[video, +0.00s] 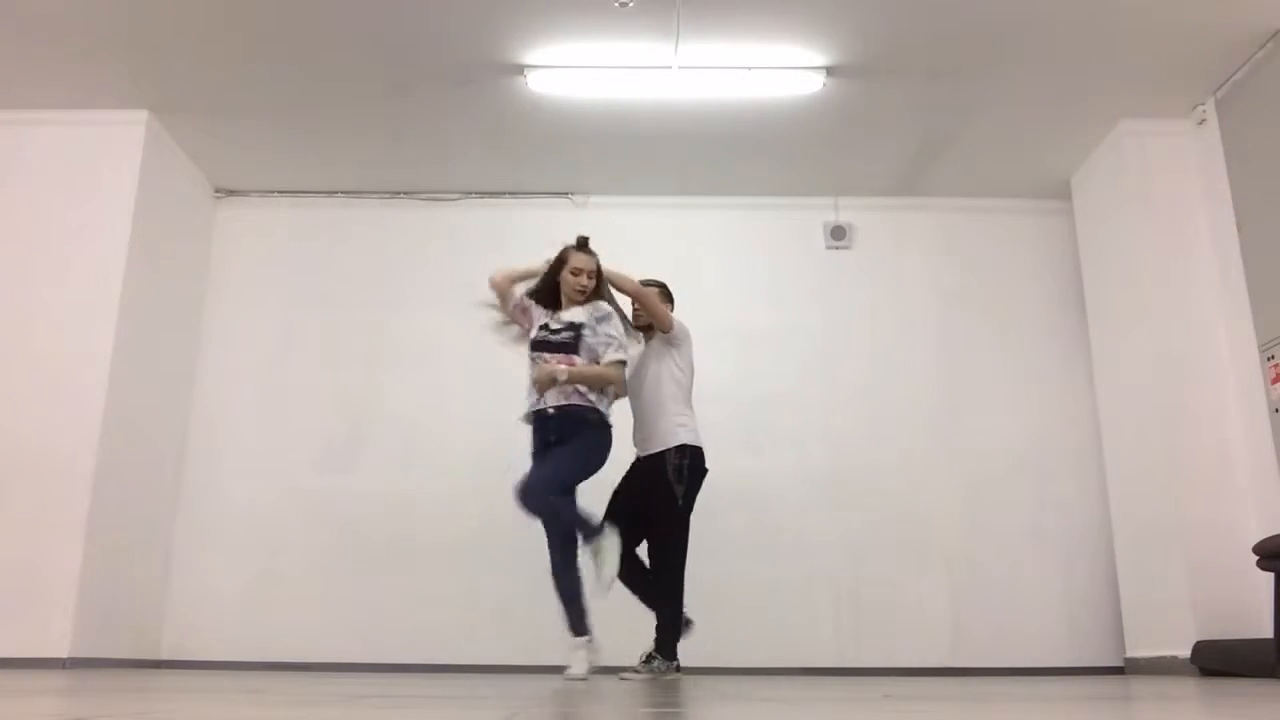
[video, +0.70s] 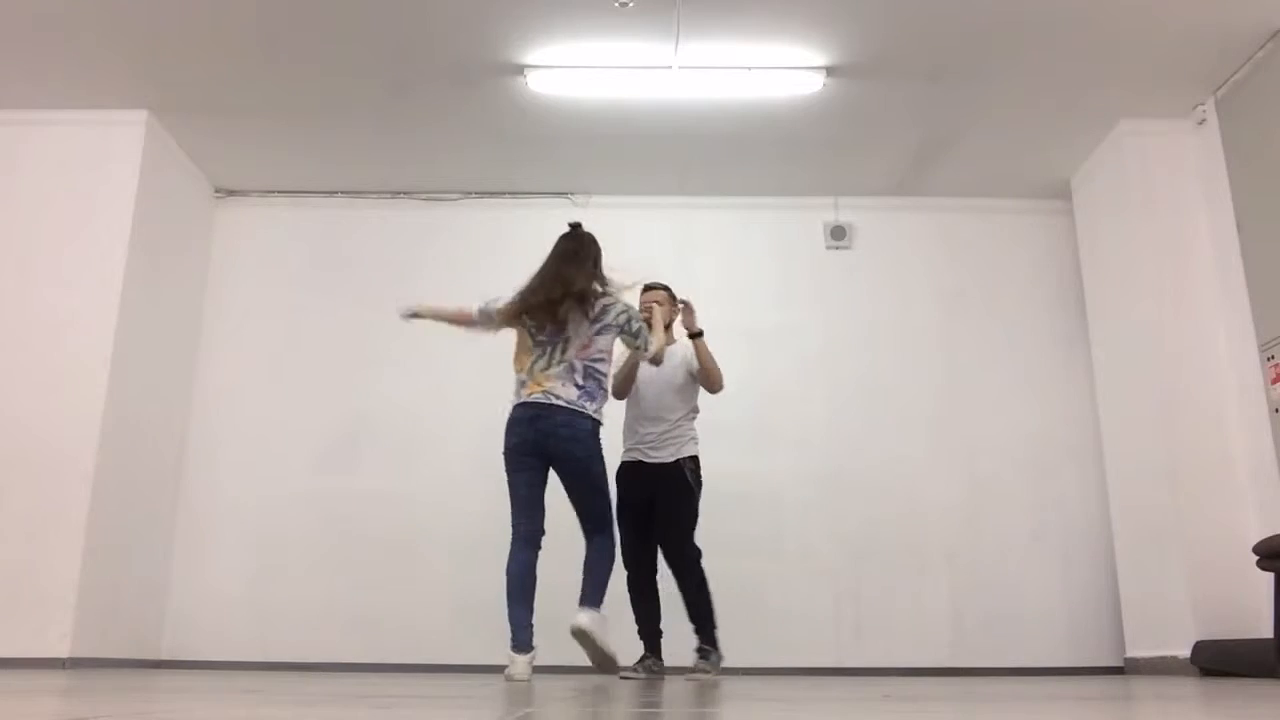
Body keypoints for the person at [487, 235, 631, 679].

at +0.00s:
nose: (582, 281)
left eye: (590, 275)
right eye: (575, 273)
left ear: (597, 280)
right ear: (559, 274)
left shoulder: (602, 316)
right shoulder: (538, 318)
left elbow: (616, 375)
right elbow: (500, 283)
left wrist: (563, 372)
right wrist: (542, 269)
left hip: (589, 432)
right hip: (546, 432)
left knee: (532, 491)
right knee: (560, 540)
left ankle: (597, 534)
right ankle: (581, 638)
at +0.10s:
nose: (567, 272)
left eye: (576, 266)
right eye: (561, 265)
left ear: (590, 273)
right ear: (553, 271)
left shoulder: (579, 303)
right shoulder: (559, 313)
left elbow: (599, 346)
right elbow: (510, 326)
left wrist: (562, 367)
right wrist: (541, 315)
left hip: (575, 432)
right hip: (576, 433)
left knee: (516, 519)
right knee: (570, 544)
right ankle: (606, 643)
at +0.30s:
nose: (548, 278)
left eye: (550, 272)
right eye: (551, 273)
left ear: (557, 271)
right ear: (595, 270)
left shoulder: (545, 300)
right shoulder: (611, 310)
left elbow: (502, 301)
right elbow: (615, 378)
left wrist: (516, 368)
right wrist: (588, 386)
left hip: (547, 431)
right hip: (595, 434)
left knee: (536, 543)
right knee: (588, 540)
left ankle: (529, 650)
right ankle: (600, 650)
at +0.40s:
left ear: (552, 265)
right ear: (597, 271)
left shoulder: (529, 298)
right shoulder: (612, 313)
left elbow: (469, 293)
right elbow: (611, 379)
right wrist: (577, 401)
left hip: (538, 430)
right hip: (591, 431)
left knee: (533, 541)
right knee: (595, 538)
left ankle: (521, 653)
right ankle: (590, 642)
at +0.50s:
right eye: (592, 275)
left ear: (551, 268)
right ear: (594, 276)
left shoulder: (524, 300)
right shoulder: (603, 316)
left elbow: (463, 295)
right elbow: (617, 372)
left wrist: (400, 303)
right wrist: (592, 397)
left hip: (529, 432)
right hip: (581, 433)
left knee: (533, 540)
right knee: (605, 523)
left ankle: (523, 653)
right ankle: (585, 619)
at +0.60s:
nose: (597, 273)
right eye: (595, 267)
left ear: (551, 261)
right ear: (594, 267)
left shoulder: (523, 297)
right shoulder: (603, 311)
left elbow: (465, 297)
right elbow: (633, 359)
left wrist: (400, 298)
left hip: (523, 425)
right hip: (573, 427)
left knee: (528, 538)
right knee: (607, 518)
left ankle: (522, 653)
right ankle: (584, 598)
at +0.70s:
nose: (599, 270)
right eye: (598, 263)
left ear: (553, 260)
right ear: (595, 265)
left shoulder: (531, 301)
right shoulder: (609, 305)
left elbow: (477, 316)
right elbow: (655, 351)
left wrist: (423, 311)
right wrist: (659, 317)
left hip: (522, 422)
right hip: (574, 426)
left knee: (524, 535)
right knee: (599, 532)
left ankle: (520, 653)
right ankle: (589, 612)